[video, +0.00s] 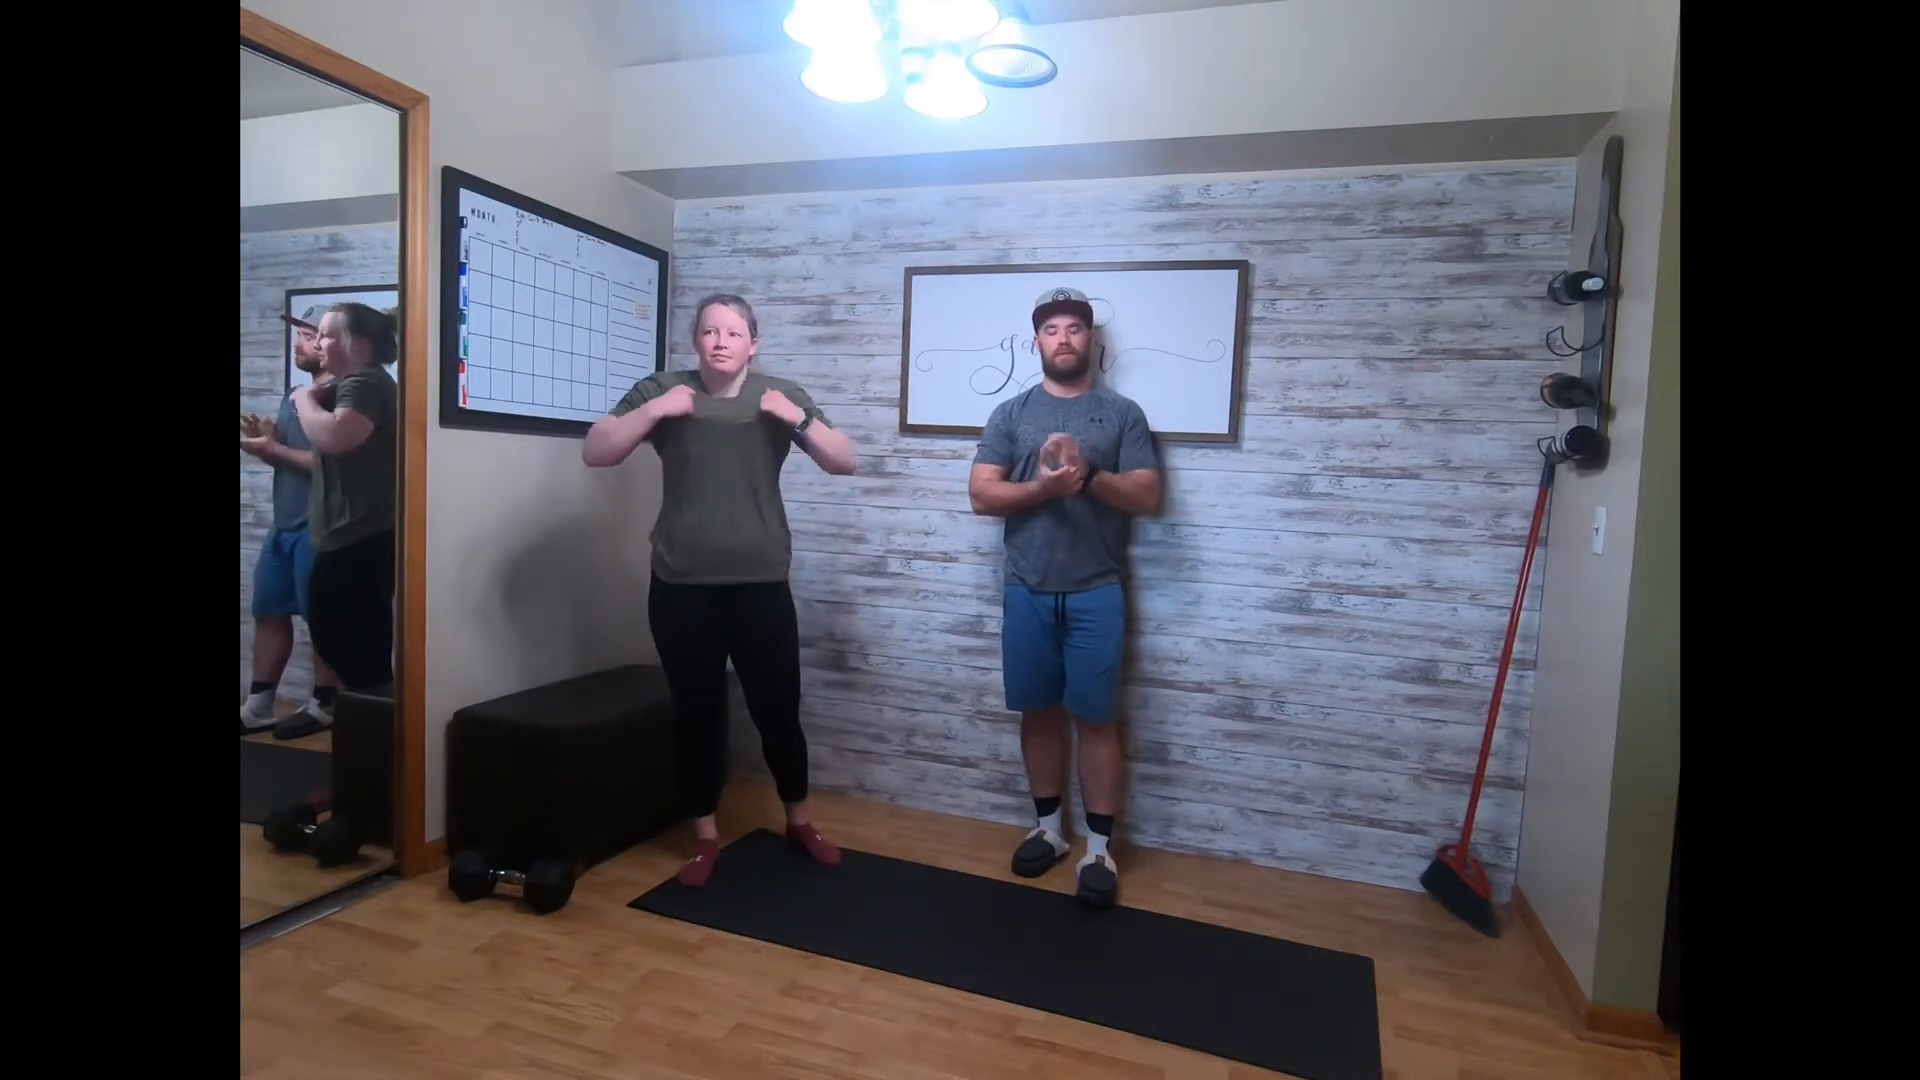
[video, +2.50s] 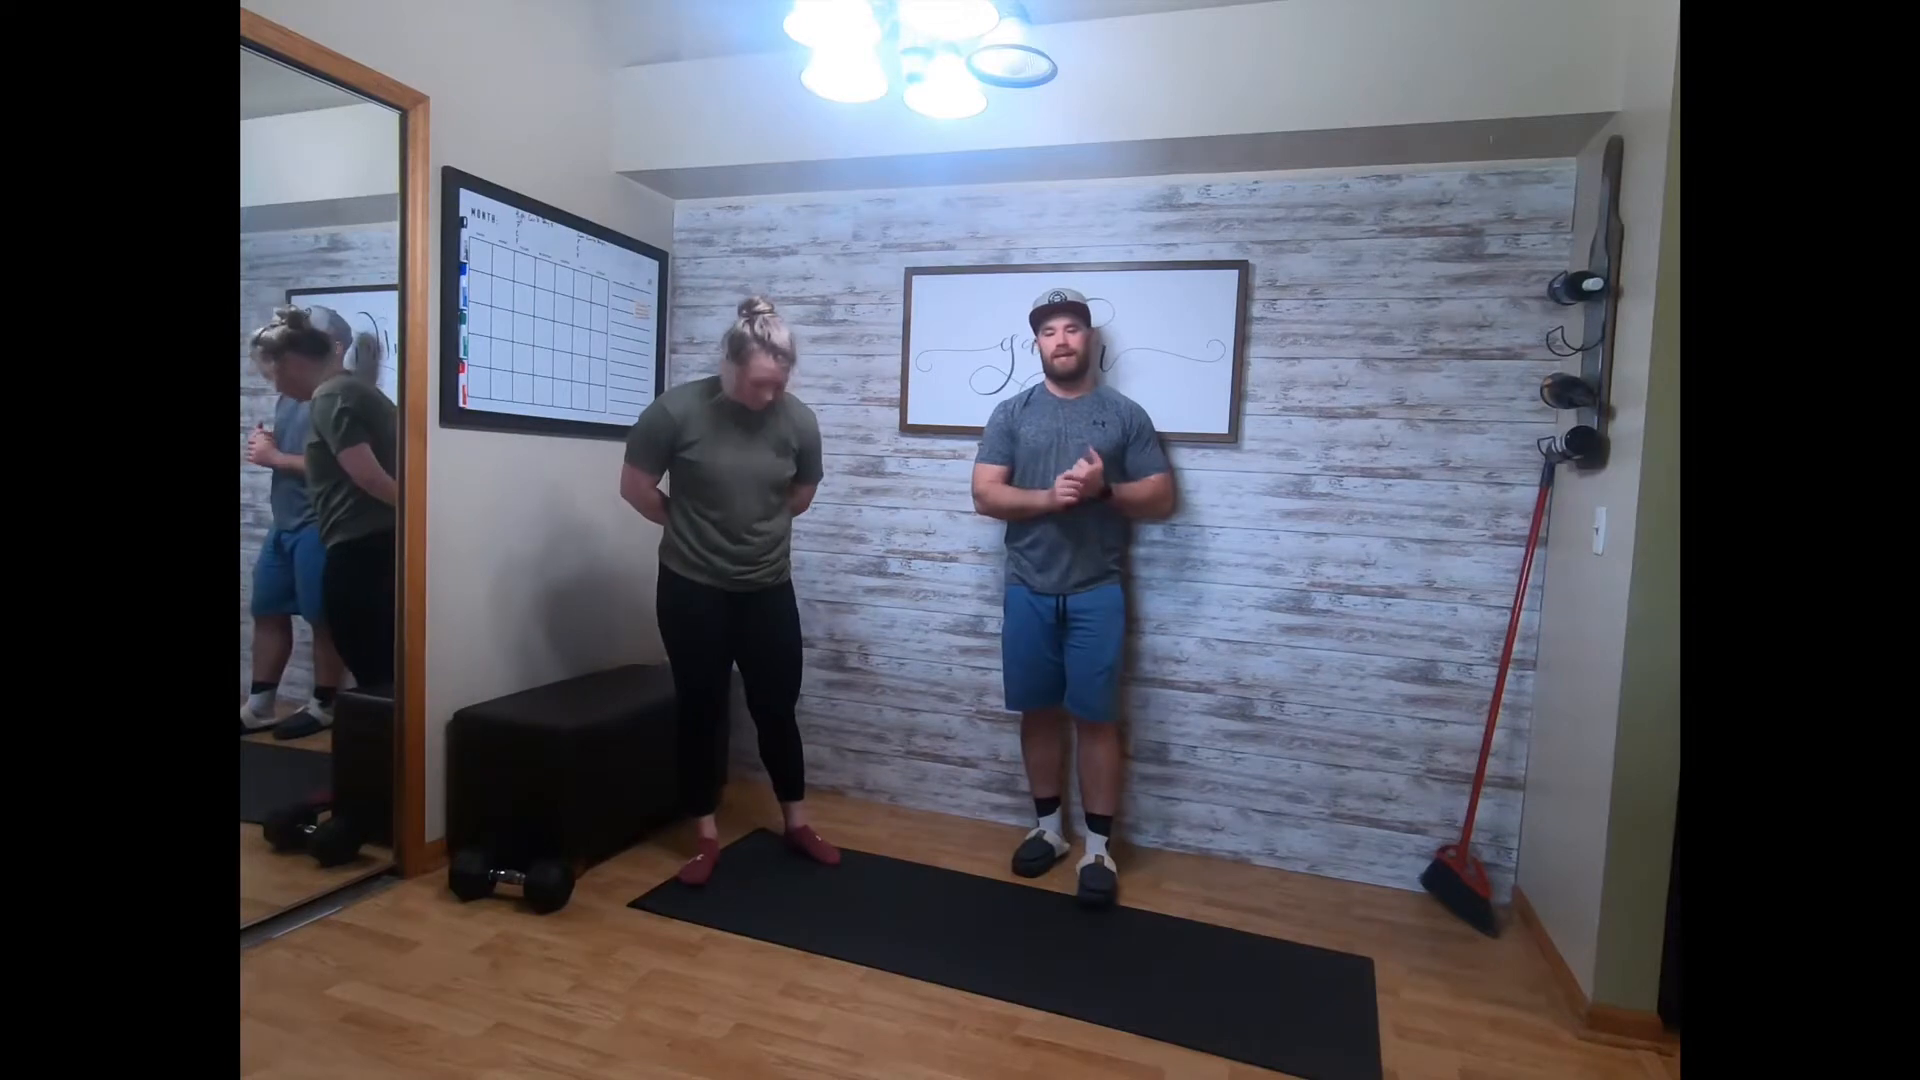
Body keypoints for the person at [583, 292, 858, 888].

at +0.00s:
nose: (720, 341)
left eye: (732, 333)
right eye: (709, 333)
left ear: (752, 343)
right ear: (695, 342)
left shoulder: (778, 396)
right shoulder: (664, 390)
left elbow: (845, 462)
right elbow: (595, 453)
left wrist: (799, 419)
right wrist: (655, 409)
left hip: (761, 584)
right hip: (681, 584)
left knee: (780, 713)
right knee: (696, 716)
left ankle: (801, 824)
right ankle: (707, 840)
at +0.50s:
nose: (723, 348)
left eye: (735, 338)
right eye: (712, 337)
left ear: (753, 347)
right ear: (696, 343)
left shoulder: (775, 408)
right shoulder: (661, 398)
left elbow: (824, 488)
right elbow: (605, 472)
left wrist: (785, 447)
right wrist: (658, 423)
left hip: (755, 584)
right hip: (677, 586)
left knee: (776, 713)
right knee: (694, 719)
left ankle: (794, 823)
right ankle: (706, 839)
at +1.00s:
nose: (727, 349)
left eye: (739, 339)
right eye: (717, 337)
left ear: (757, 347)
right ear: (698, 341)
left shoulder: (775, 407)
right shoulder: (658, 399)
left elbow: (833, 468)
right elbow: (592, 458)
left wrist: (809, 486)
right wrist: (648, 479)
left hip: (758, 590)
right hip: (680, 590)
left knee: (777, 712)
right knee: (696, 717)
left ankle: (796, 823)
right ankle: (706, 839)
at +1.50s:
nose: (751, 392)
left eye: (761, 381)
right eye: (741, 380)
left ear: (775, 367)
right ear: (717, 359)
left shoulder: (788, 410)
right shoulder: (667, 401)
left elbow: (816, 470)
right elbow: (613, 456)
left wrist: (805, 531)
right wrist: (624, 528)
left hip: (764, 587)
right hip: (686, 586)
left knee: (779, 709)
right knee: (696, 713)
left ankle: (797, 824)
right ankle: (707, 838)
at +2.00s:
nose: (765, 401)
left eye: (775, 390)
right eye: (756, 389)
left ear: (788, 375)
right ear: (730, 368)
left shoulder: (797, 422)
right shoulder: (678, 410)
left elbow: (800, 491)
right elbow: (635, 485)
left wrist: (754, 520)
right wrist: (689, 522)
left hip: (767, 589)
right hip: (691, 587)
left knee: (781, 709)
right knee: (700, 710)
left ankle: (796, 824)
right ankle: (707, 837)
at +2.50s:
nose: (766, 395)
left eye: (776, 384)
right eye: (758, 384)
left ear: (788, 372)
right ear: (729, 365)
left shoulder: (798, 422)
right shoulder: (678, 411)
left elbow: (801, 496)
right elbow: (635, 486)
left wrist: (751, 520)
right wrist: (689, 522)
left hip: (767, 590)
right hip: (692, 587)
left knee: (778, 709)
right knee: (701, 710)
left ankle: (796, 824)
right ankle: (706, 835)